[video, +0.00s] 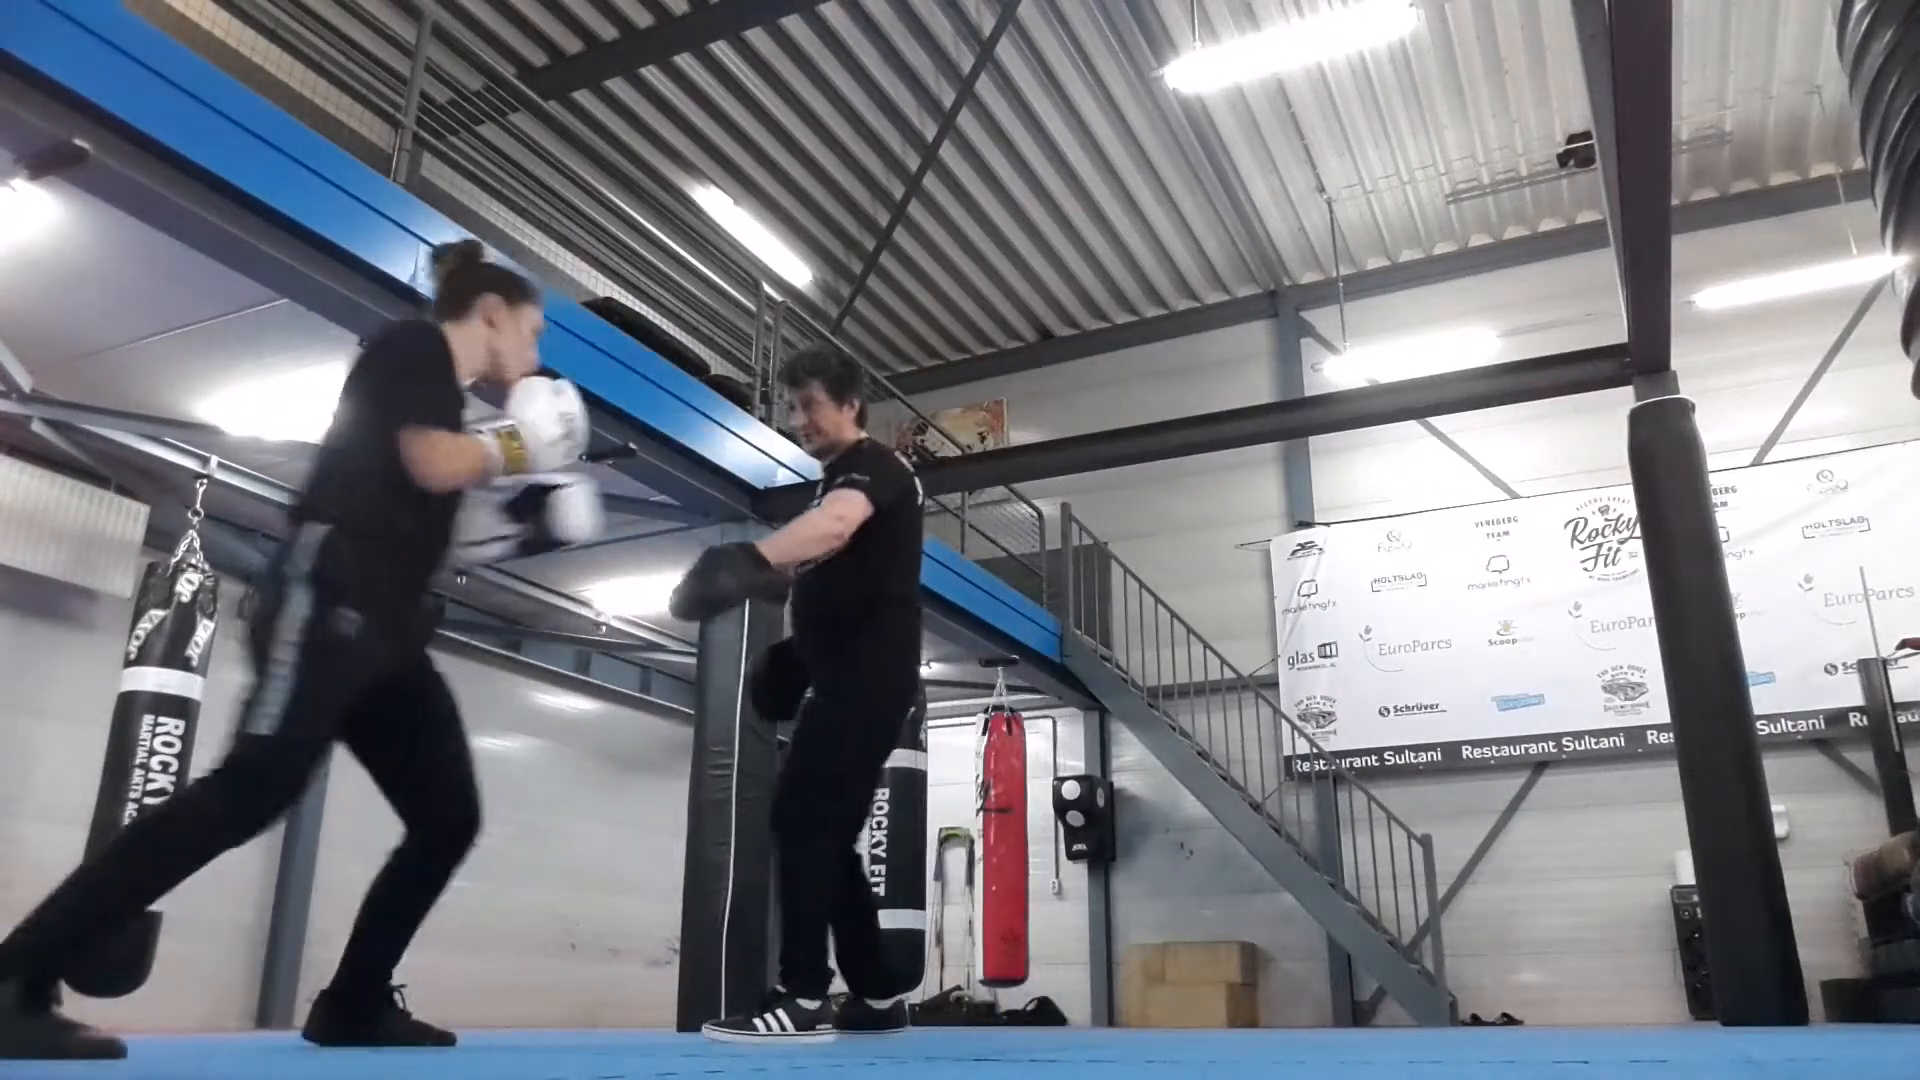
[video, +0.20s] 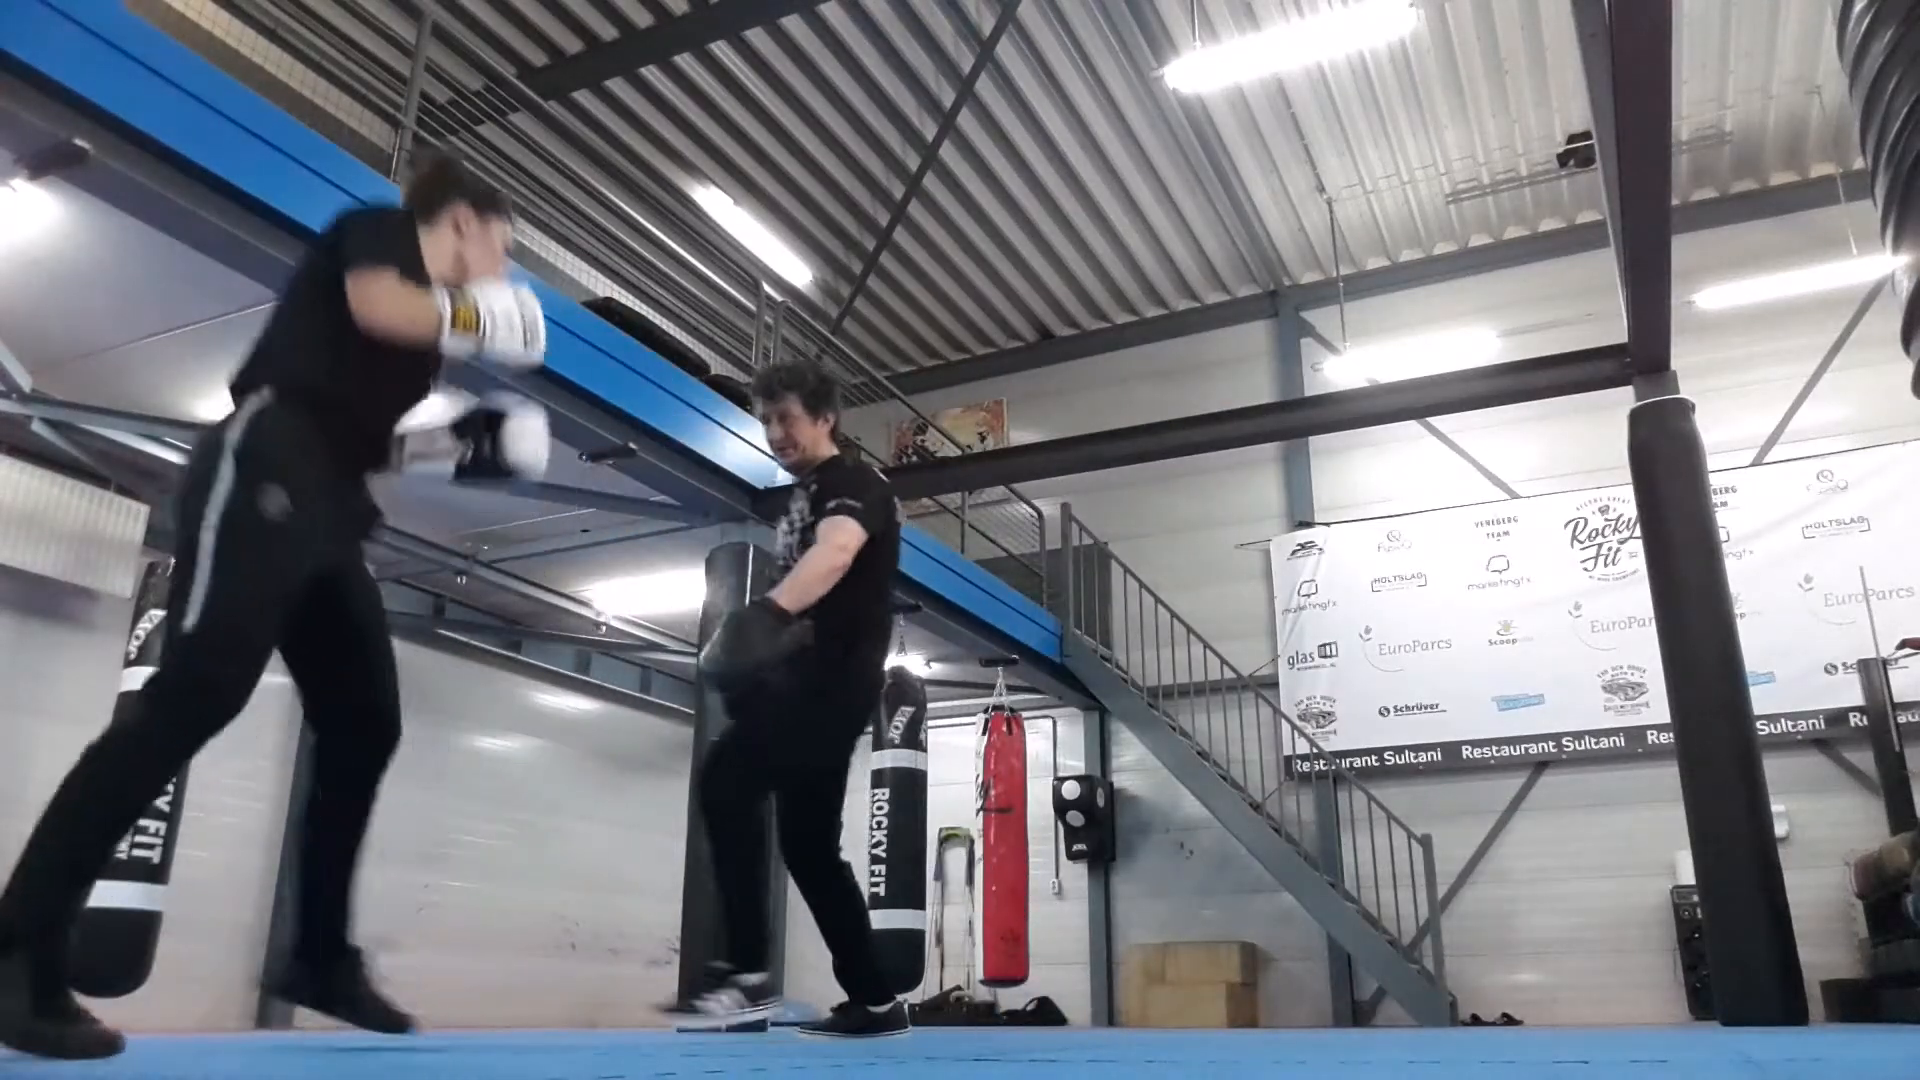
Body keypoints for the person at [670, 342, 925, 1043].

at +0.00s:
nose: (799, 424)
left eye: (809, 408)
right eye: (795, 413)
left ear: (852, 406)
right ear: (813, 415)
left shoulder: (875, 463)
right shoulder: (851, 482)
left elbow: (835, 527)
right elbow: (853, 591)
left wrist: (742, 561)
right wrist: (800, 659)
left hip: (866, 683)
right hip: (856, 684)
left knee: (801, 816)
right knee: (824, 830)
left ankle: (804, 994)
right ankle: (879, 990)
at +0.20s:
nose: (776, 435)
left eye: (786, 420)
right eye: (769, 424)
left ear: (824, 418)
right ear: (767, 429)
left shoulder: (850, 478)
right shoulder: (807, 497)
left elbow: (837, 551)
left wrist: (764, 614)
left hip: (829, 680)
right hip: (818, 683)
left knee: (726, 779)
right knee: (809, 843)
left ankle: (748, 973)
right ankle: (874, 997)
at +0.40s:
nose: (732, 412)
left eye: (745, 397)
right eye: (726, 400)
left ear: (787, 401)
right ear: (726, 406)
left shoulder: (803, 469)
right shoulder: (762, 483)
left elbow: (765, 535)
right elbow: (765, 599)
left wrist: (679, 572)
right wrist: (701, 651)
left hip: (778, 687)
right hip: (766, 687)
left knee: (689, 806)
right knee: (807, 844)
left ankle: (651, 993)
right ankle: (875, 995)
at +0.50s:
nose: (706, 403)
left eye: (720, 389)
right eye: (700, 391)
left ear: (765, 393)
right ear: (702, 395)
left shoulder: (775, 462)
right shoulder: (748, 473)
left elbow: (716, 533)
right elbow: (734, 600)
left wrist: (609, 568)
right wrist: (667, 653)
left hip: (738, 688)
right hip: (741, 688)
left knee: (648, 806)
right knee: (764, 845)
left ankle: (642, 998)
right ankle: (860, 982)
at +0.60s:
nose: (682, 379)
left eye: (696, 364)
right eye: (677, 366)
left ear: (739, 369)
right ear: (679, 371)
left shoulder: (754, 445)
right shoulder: (722, 452)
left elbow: (678, 520)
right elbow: (713, 578)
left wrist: (566, 557)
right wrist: (652, 638)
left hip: (722, 662)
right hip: (702, 661)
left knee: (640, 797)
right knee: (688, 824)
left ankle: (646, 998)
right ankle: (808, 948)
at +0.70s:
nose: (661, 361)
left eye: (676, 345)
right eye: (653, 347)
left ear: (721, 350)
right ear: (652, 349)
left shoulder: (730, 424)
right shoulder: (697, 428)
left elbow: (643, 501)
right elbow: (689, 553)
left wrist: (520, 535)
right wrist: (631, 619)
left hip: (712, 636)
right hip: (685, 636)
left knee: (640, 805)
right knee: (631, 805)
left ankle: (651, 994)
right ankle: (725, 943)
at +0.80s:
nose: (634, 351)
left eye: (648, 336)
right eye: (627, 338)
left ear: (694, 339)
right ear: (625, 342)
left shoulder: (700, 417)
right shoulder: (669, 422)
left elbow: (614, 495)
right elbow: (661, 549)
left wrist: (496, 532)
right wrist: (600, 607)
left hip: (687, 638)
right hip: (647, 639)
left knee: (627, 796)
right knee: (579, 792)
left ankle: (648, 992)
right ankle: (622, 974)